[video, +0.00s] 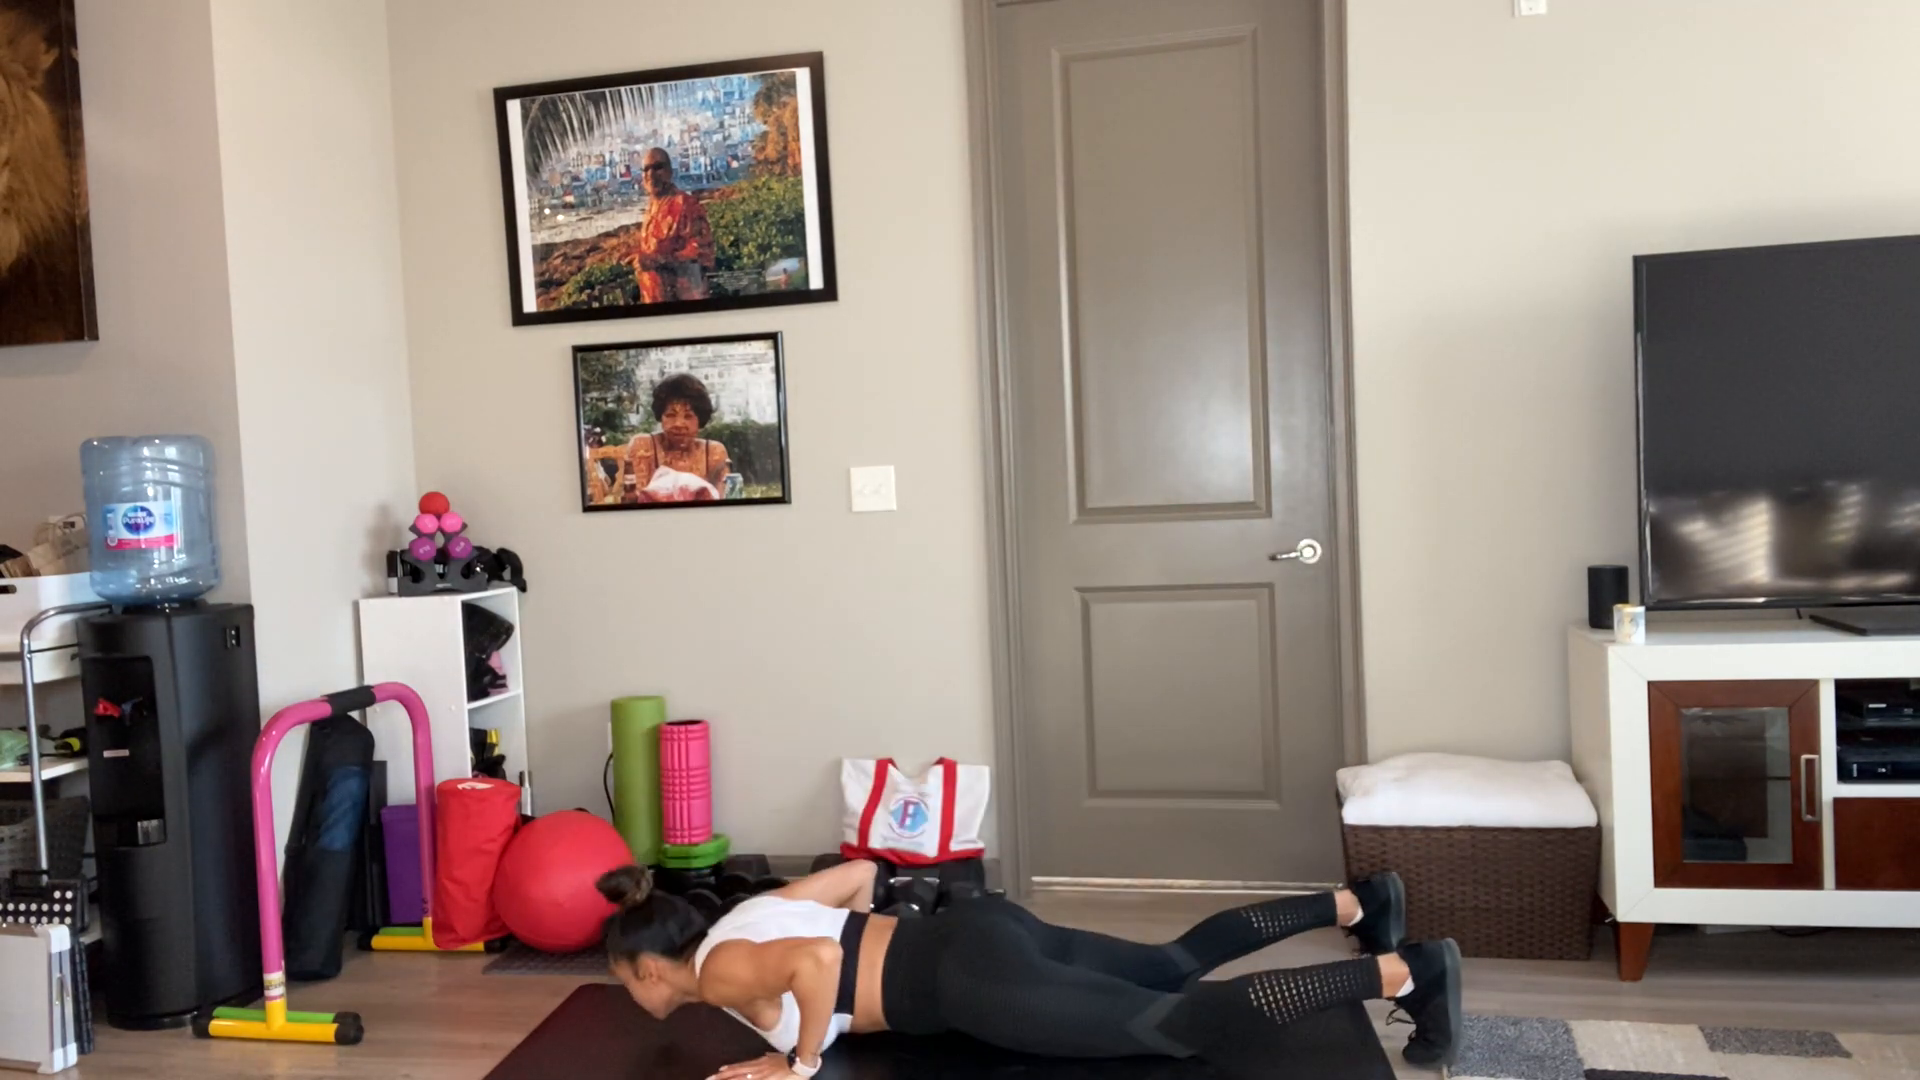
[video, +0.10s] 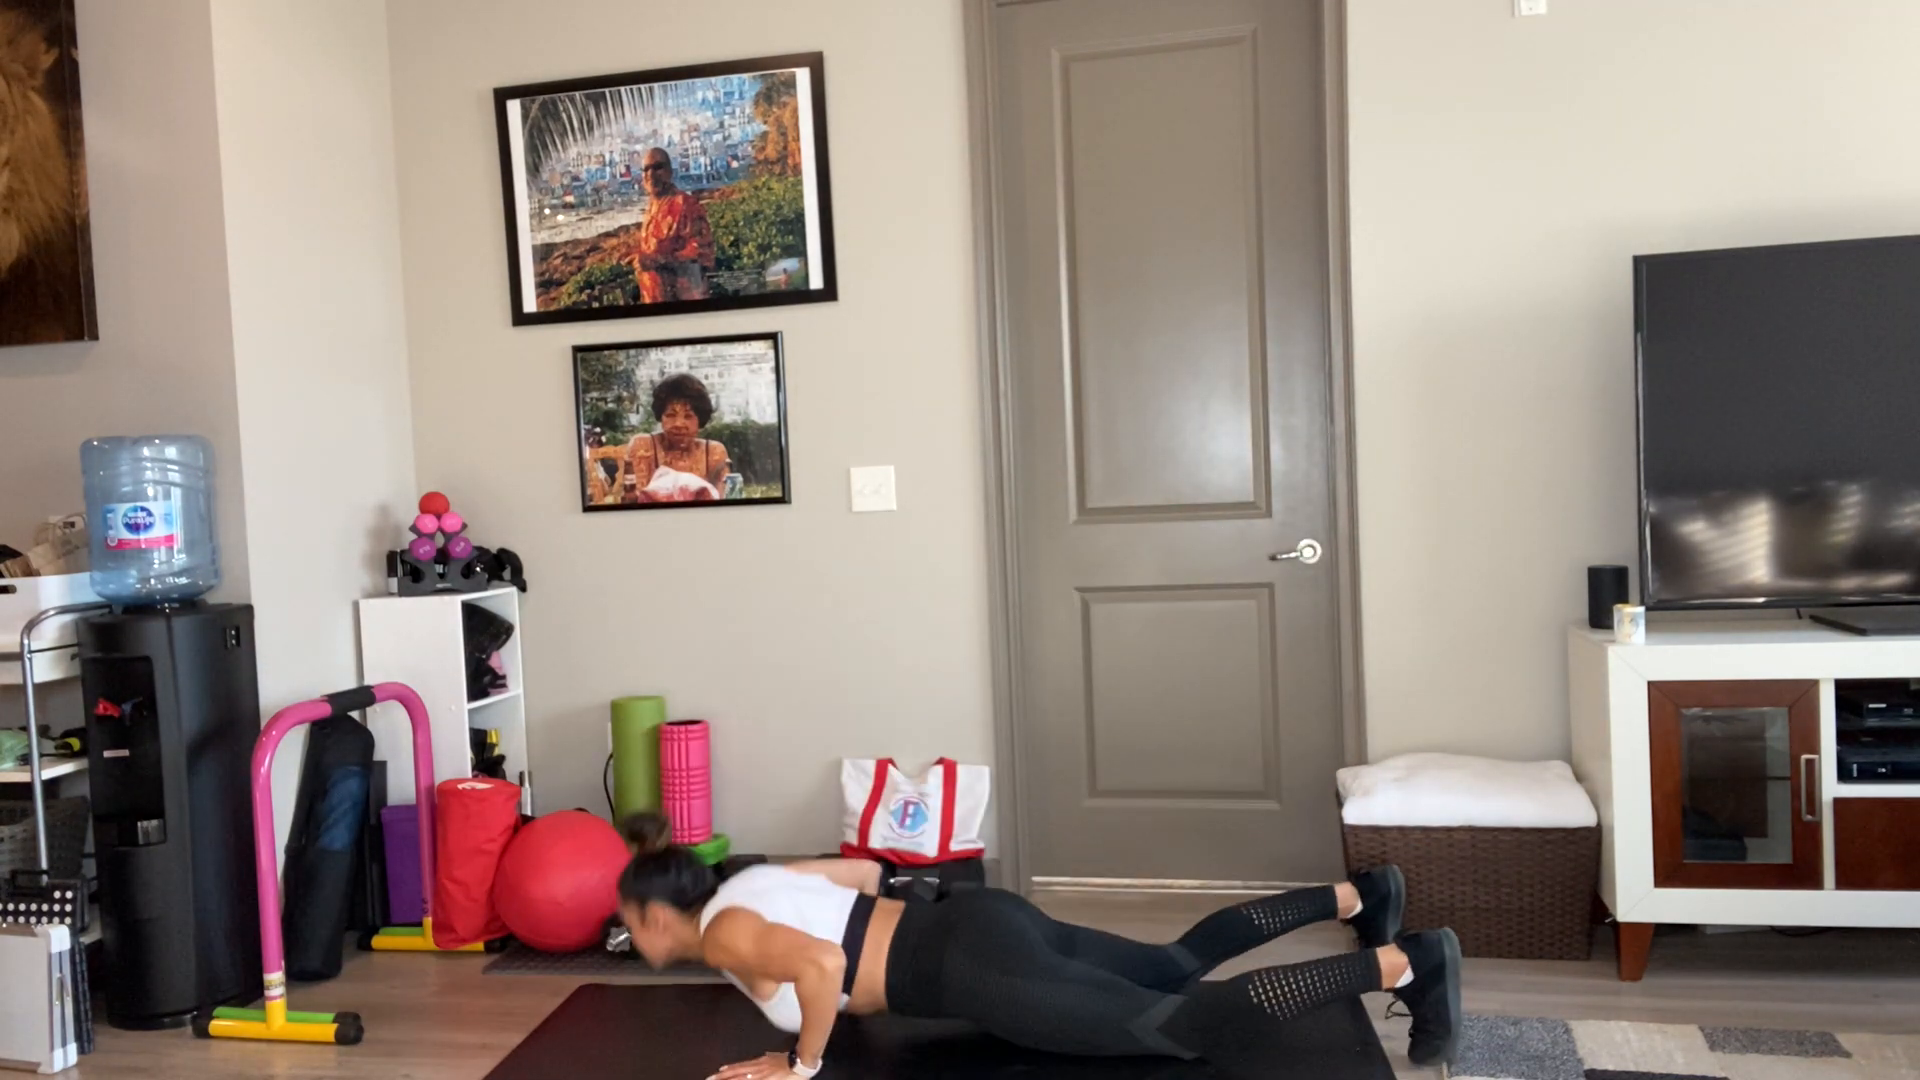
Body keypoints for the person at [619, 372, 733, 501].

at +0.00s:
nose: (679, 424)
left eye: (688, 416)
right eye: (670, 415)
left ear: (701, 420)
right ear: (660, 418)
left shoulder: (715, 451)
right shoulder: (641, 446)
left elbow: (721, 500)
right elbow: (634, 499)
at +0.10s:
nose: (679, 424)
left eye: (688, 416)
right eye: (670, 415)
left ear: (701, 420)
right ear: (660, 418)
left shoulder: (715, 451)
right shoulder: (641, 446)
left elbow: (721, 500)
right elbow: (634, 499)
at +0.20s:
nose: (679, 424)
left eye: (688, 416)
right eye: (671, 415)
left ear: (701, 420)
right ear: (660, 418)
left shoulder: (715, 451)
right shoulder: (641, 446)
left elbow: (719, 500)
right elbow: (637, 499)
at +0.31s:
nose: (679, 424)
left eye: (688, 416)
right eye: (671, 415)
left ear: (701, 420)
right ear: (660, 418)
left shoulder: (715, 451)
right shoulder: (641, 446)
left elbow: (720, 501)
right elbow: (638, 499)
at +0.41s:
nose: (679, 424)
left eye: (688, 416)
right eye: (671, 415)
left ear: (701, 420)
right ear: (660, 418)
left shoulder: (715, 451)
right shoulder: (641, 446)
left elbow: (720, 500)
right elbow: (637, 499)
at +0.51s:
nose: (679, 424)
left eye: (688, 416)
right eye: (670, 415)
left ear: (701, 420)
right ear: (660, 418)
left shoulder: (715, 451)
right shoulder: (641, 446)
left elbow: (719, 501)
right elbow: (638, 499)